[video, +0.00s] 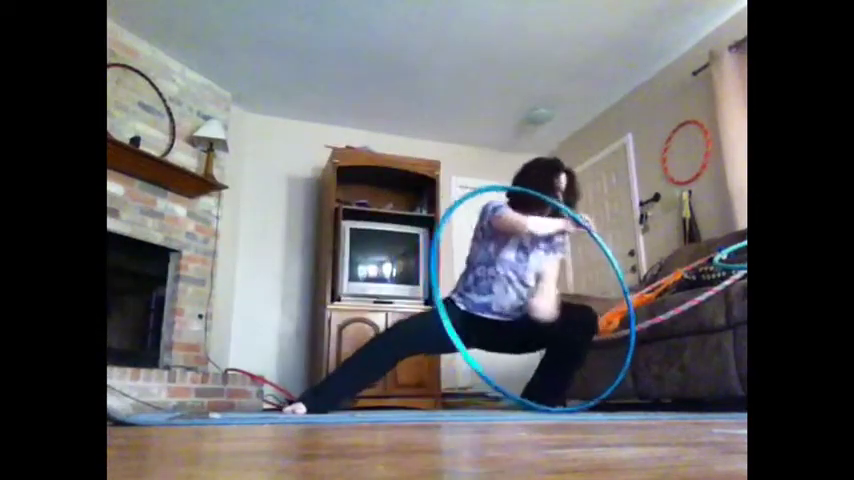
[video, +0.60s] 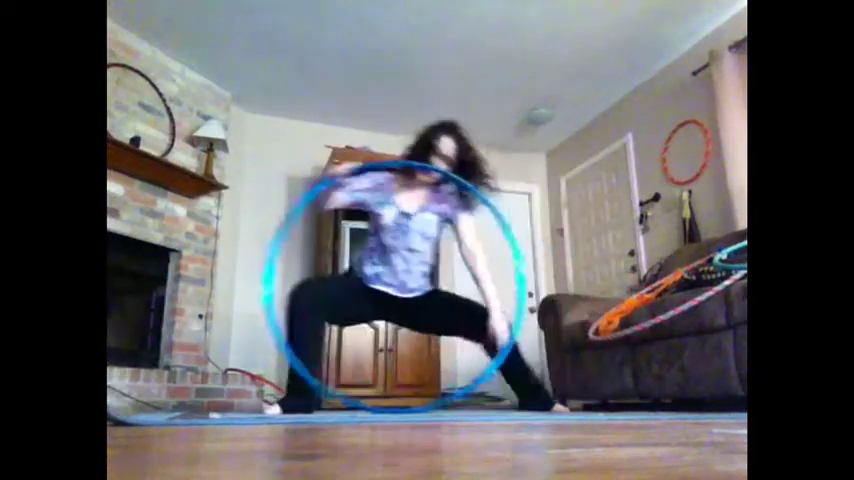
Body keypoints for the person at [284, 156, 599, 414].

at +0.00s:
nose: (554, 205)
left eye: (561, 199)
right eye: (549, 193)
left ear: (568, 204)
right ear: (529, 189)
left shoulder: (554, 241)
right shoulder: (495, 209)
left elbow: (542, 302)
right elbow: (519, 225)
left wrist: (553, 318)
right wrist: (557, 224)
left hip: (510, 326)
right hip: (462, 319)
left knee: (580, 321)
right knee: (398, 338)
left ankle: (537, 409)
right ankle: (308, 406)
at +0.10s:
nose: (552, 210)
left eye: (560, 205)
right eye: (547, 197)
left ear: (565, 207)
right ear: (527, 190)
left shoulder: (545, 238)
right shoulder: (488, 204)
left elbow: (539, 285)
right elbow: (491, 220)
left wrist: (518, 289)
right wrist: (538, 216)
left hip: (498, 321)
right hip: (449, 311)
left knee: (569, 317)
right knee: (386, 330)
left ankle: (539, 406)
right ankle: (310, 405)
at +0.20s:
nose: (534, 198)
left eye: (543, 194)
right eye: (531, 188)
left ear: (549, 200)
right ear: (515, 185)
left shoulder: (535, 228)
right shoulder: (484, 201)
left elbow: (521, 269)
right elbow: (452, 207)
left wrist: (495, 292)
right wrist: (513, 205)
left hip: (489, 315)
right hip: (440, 307)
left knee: (558, 313)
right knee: (379, 323)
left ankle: (540, 403)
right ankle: (309, 402)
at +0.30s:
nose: (512, 191)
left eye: (520, 189)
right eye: (510, 182)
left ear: (527, 196)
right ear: (497, 176)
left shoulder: (521, 223)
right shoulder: (467, 198)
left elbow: (504, 266)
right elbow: (423, 204)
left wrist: (479, 307)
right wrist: (477, 194)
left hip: (477, 310)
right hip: (428, 303)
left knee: (548, 311)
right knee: (368, 318)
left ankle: (539, 402)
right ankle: (306, 401)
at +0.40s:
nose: (492, 181)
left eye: (501, 178)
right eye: (489, 171)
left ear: (508, 186)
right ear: (474, 167)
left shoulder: (496, 218)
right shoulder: (437, 193)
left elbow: (485, 270)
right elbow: (378, 197)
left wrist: (476, 325)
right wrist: (422, 182)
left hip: (458, 306)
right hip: (407, 298)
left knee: (532, 315)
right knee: (349, 306)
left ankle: (539, 411)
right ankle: (301, 403)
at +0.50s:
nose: (470, 175)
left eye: (480, 171)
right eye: (467, 164)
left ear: (487, 177)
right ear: (453, 160)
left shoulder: (478, 210)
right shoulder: (414, 189)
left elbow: (480, 267)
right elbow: (355, 198)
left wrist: (480, 326)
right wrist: (383, 175)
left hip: (444, 303)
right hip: (391, 295)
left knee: (512, 315)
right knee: (331, 303)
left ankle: (540, 409)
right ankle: (300, 405)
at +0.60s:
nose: (436, 167)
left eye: (447, 163)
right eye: (433, 156)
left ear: (455, 168)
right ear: (419, 152)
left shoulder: (450, 201)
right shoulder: (381, 184)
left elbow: (473, 254)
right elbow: (327, 205)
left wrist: (496, 313)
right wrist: (333, 181)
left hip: (418, 301)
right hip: (366, 293)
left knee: (486, 322)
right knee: (307, 298)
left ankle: (540, 405)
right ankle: (300, 402)